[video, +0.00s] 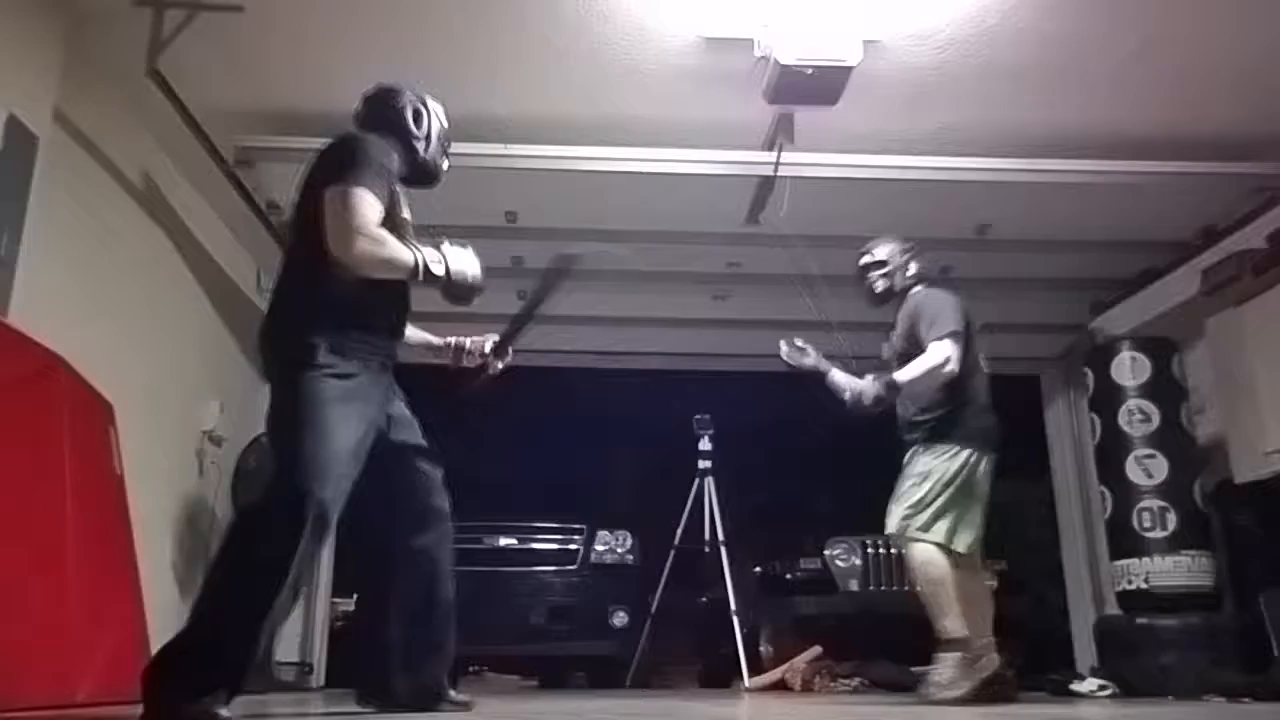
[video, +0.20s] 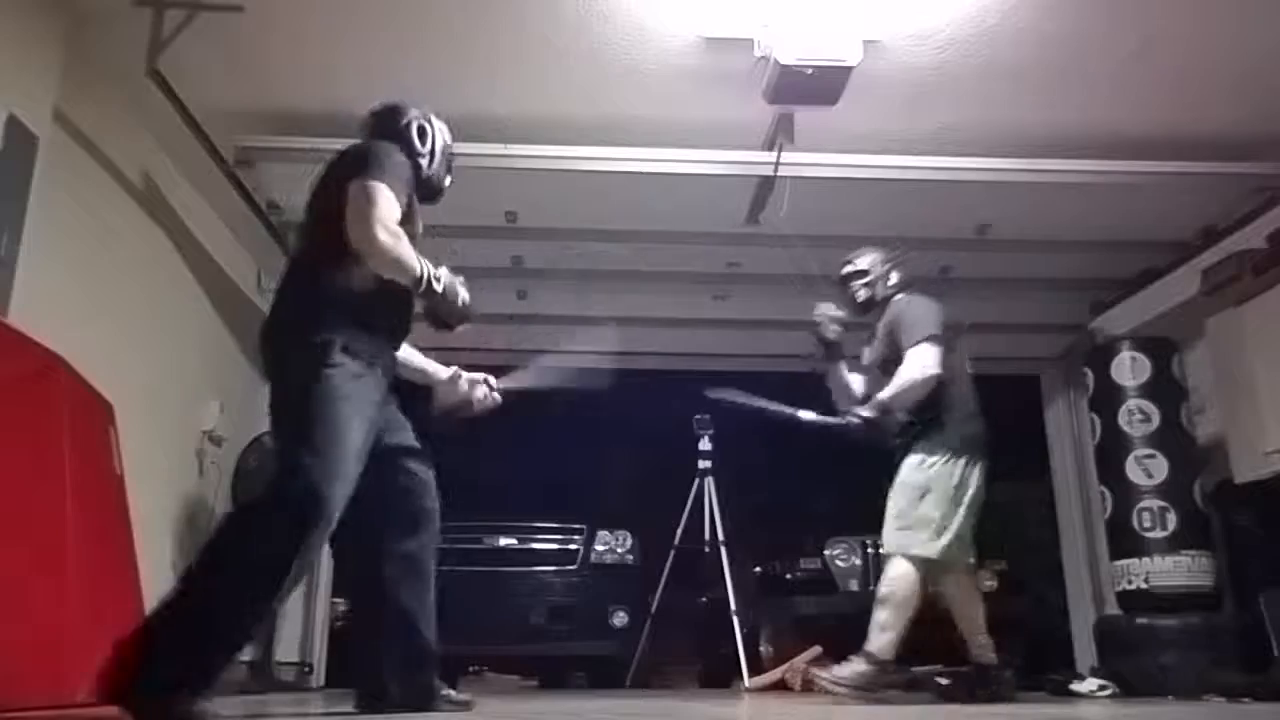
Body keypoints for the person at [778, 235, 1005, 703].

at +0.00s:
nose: (870, 276)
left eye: (878, 266)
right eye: (866, 271)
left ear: (906, 263)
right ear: (868, 278)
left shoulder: (932, 298)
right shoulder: (901, 324)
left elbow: (946, 358)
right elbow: (871, 395)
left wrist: (889, 384)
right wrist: (821, 365)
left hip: (953, 438)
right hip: (942, 440)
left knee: (911, 529)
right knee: (958, 551)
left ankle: (957, 650)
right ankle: (982, 658)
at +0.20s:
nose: (854, 288)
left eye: (860, 278)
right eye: (849, 282)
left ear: (886, 274)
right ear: (852, 290)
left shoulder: (913, 306)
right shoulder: (884, 330)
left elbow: (925, 369)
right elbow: (858, 396)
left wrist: (874, 406)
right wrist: (832, 353)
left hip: (945, 444)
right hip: (937, 446)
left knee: (904, 550)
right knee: (952, 559)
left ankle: (875, 661)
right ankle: (986, 663)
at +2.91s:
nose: (782, 258)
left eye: (791, 249)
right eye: (772, 251)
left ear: (812, 255)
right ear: (759, 260)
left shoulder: (833, 302)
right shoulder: (760, 312)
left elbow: (812, 342)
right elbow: (721, 362)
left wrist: (743, 329)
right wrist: (745, 337)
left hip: (833, 439)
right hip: (794, 443)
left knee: (798, 548)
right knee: (811, 568)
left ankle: (793, 665)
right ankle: (881, 656)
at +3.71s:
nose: (706, 222)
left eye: (718, 212)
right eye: (698, 215)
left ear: (747, 222)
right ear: (690, 228)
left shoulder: (758, 269)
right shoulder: (707, 284)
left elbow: (715, 327)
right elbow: (662, 338)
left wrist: (646, 317)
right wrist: (626, 305)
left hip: (774, 420)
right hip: (750, 425)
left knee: (703, 529)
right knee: (758, 563)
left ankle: (711, 672)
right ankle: (867, 654)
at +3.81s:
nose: (716, 222)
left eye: (727, 212)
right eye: (707, 216)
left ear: (755, 218)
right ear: (700, 230)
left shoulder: (763, 267)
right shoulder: (736, 275)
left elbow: (721, 333)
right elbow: (721, 346)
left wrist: (648, 350)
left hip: (779, 418)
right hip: (765, 421)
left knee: (712, 529)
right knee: (770, 558)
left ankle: (711, 672)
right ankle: (875, 660)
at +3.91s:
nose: (714, 228)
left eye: (725, 217)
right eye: (708, 219)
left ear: (753, 220)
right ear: (701, 229)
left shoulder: (771, 265)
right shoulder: (740, 276)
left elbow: (717, 332)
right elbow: (710, 352)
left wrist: (680, 332)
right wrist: (715, 305)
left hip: (788, 420)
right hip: (780, 423)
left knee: (724, 529)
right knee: (800, 555)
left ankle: (713, 670)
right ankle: (885, 668)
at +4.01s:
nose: (714, 223)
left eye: (725, 213)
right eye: (707, 216)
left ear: (754, 217)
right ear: (701, 227)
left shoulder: (768, 254)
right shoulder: (733, 275)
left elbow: (714, 295)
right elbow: (722, 364)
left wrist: (655, 306)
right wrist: (695, 325)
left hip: (804, 408)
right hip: (807, 413)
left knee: (737, 525)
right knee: (810, 555)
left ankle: (729, 670)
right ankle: (886, 669)